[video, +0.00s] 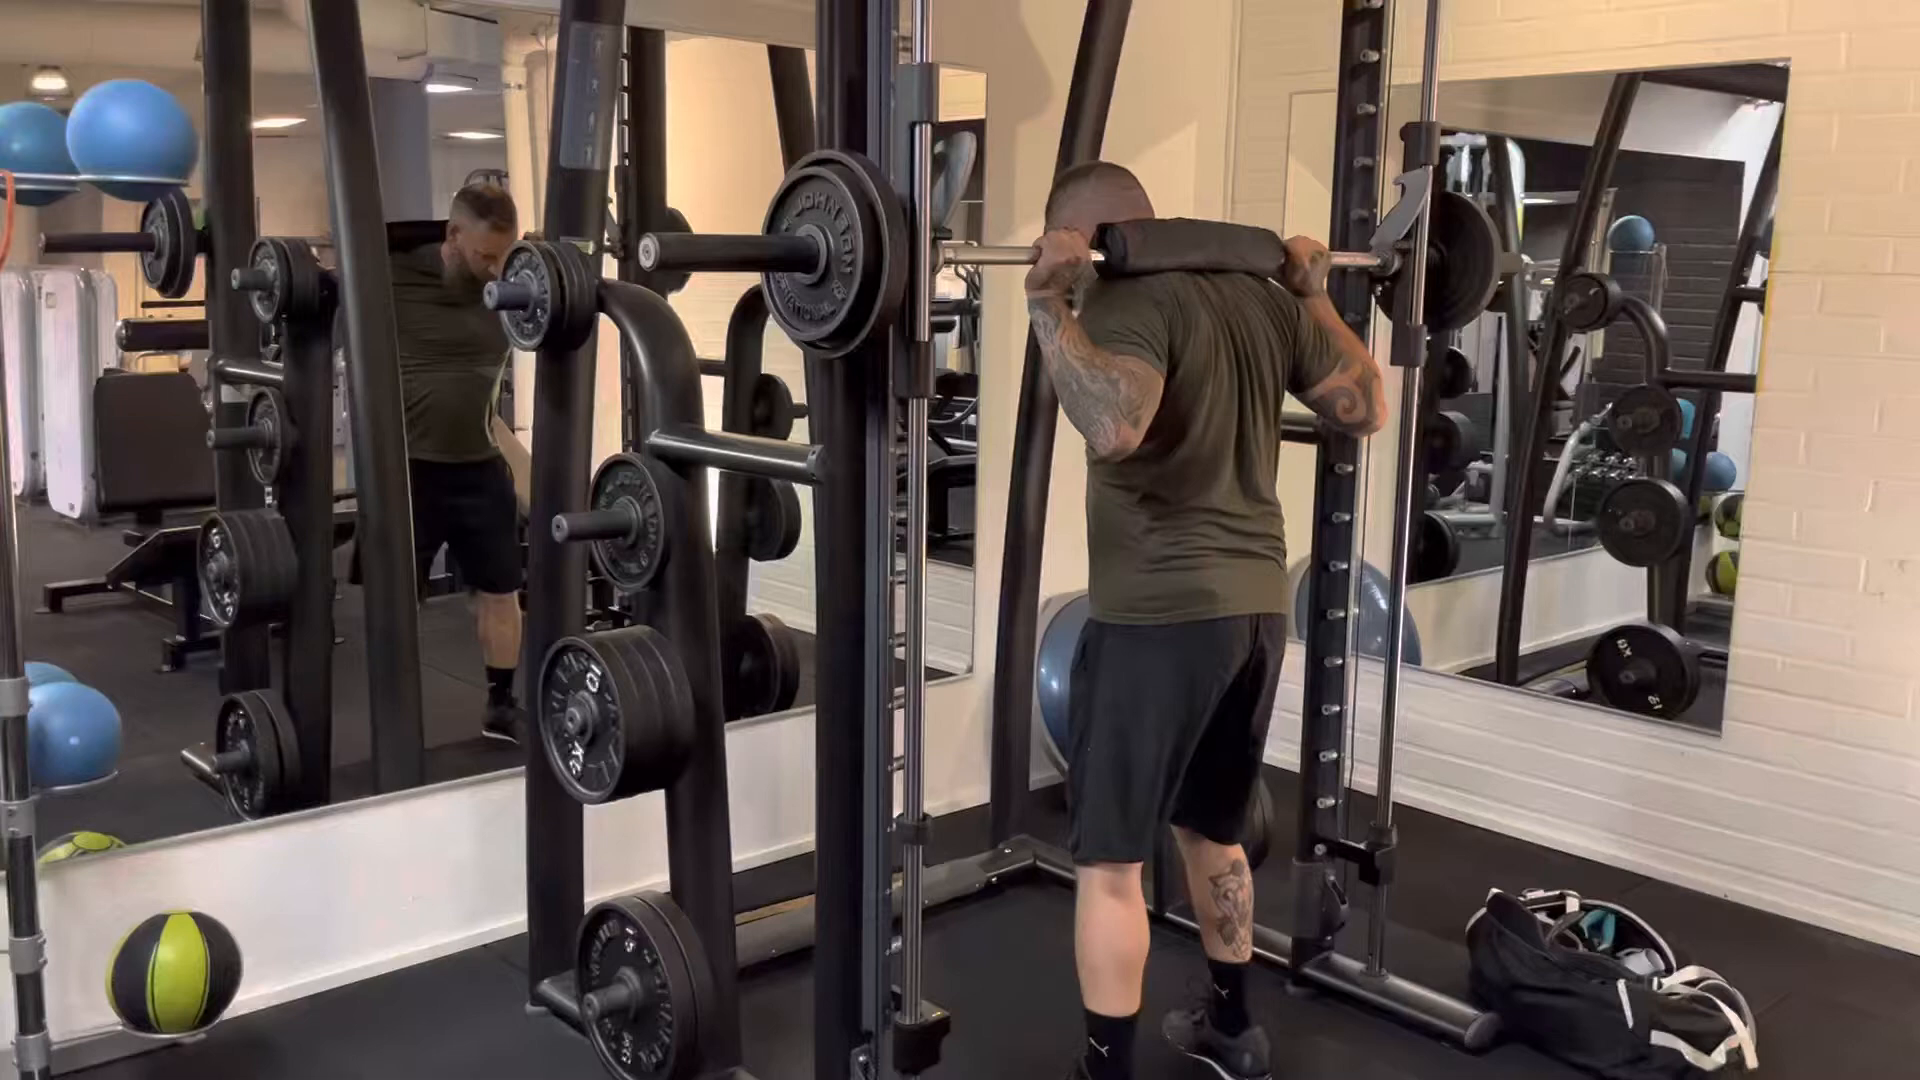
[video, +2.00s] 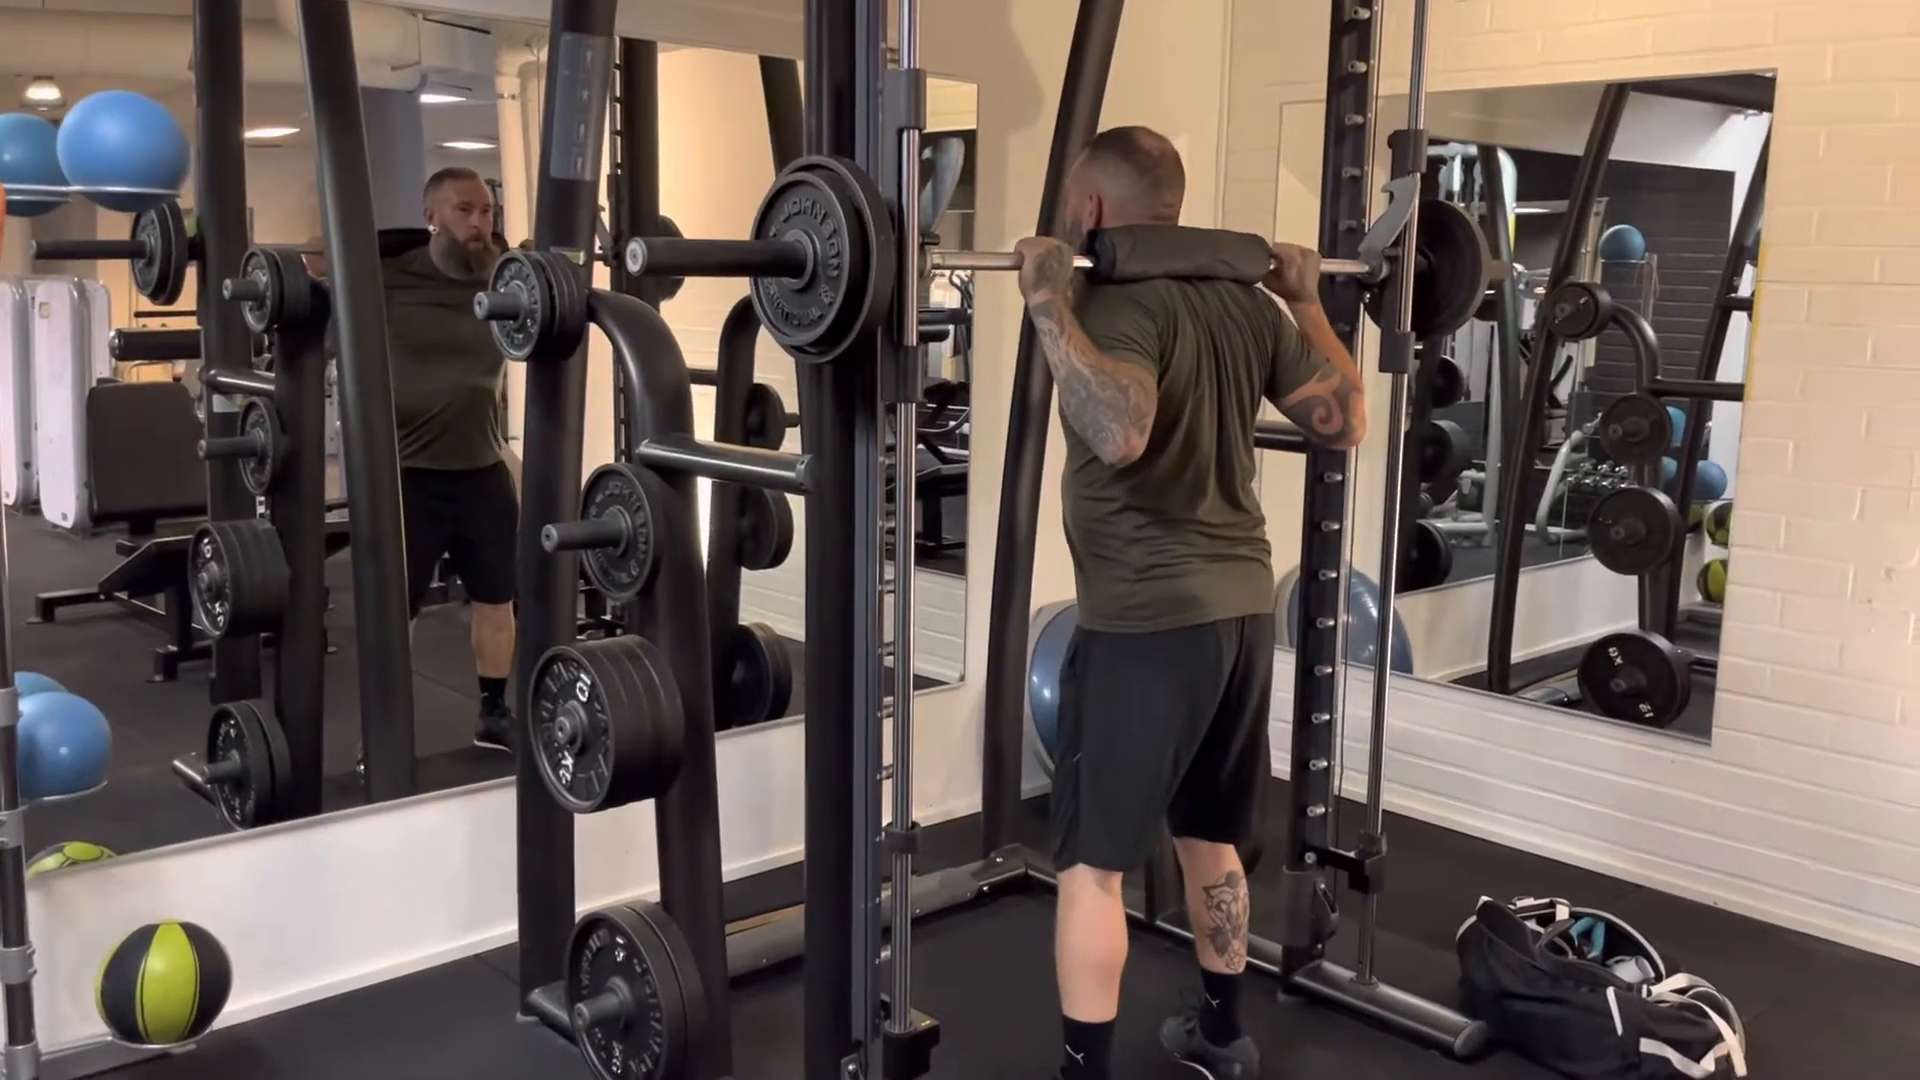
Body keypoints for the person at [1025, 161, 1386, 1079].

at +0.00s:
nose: (1066, 268)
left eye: (1066, 254)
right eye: (1060, 254)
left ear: (1093, 241)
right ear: (1149, 218)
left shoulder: (1139, 297)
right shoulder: (1261, 293)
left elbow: (1115, 425)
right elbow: (1364, 407)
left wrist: (1051, 306)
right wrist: (1316, 295)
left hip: (1157, 620)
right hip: (1255, 612)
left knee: (1112, 857)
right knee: (1212, 822)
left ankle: (1108, 1066)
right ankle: (1231, 1025)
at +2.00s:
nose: (1068, 217)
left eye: (1071, 202)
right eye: (1072, 200)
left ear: (1095, 205)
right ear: (1175, 201)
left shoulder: (1125, 299)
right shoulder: (1243, 299)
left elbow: (1121, 427)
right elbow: (1342, 417)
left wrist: (1047, 305)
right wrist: (1306, 301)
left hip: (1148, 625)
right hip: (1244, 616)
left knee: (1095, 857)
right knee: (1206, 828)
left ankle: (1085, 1066)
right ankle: (1223, 1033)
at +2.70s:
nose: (1061, 208)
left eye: (1066, 191)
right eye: (1065, 192)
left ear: (1094, 192)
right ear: (1169, 191)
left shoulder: (1120, 282)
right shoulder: (1244, 284)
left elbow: (1114, 415)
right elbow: (1343, 399)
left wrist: (1041, 290)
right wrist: (1302, 284)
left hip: (1149, 609)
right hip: (1246, 601)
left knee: (1092, 838)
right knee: (1204, 804)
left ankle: (1079, 1065)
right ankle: (1224, 1007)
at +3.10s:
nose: (1064, 202)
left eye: (1068, 186)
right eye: (1067, 187)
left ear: (1095, 183)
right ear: (1174, 180)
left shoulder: (1123, 275)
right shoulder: (1248, 271)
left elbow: (1113, 409)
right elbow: (1343, 390)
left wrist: (1040, 281)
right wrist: (1300, 274)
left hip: (1152, 597)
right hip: (1249, 587)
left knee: (1100, 825)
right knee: (1211, 791)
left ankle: (1079, 1056)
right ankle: (1222, 1003)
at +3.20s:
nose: (1064, 198)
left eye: (1069, 182)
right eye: (1067, 183)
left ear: (1095, 180)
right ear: (1175, 177)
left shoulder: (1121, 272)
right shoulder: (1247, 269)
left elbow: (1111, 405)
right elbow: (1344, 386)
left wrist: (1038, 275)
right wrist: (1300, 271)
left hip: (1147, 594)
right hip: (1245, 584)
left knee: (1098, 821)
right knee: (1205, 791)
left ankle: (1079, 1052)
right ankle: (1219, 1003)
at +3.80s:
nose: (1053, 258)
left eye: (1055, 245)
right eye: (1054, 246)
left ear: (1078, 244)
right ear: (1155, 237)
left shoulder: (1112, 328)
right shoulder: (1241, 320)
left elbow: (1104, 454)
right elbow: (1334, 432)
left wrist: (1030, 344)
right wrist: (1289, 320)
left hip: (1173, 642)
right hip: (1275, 633)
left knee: (1029, 829)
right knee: (1188, 785)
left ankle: (1070, 1052)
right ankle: (1215, 1000)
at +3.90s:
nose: (1050, 311)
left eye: (1053, 297)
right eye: (1051, 297)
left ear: (1079, 295)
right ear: (1148, 284)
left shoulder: (1110, 375)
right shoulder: (1238, 364)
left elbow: (1104, 501)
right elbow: (1335, 473)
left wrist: (1026, 394)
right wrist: (1282, 365)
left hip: (1180, 682)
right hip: (1278, 670)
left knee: (1011, 832)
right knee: (1187, 808)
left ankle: (1065, 1051)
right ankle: (1213, 999)